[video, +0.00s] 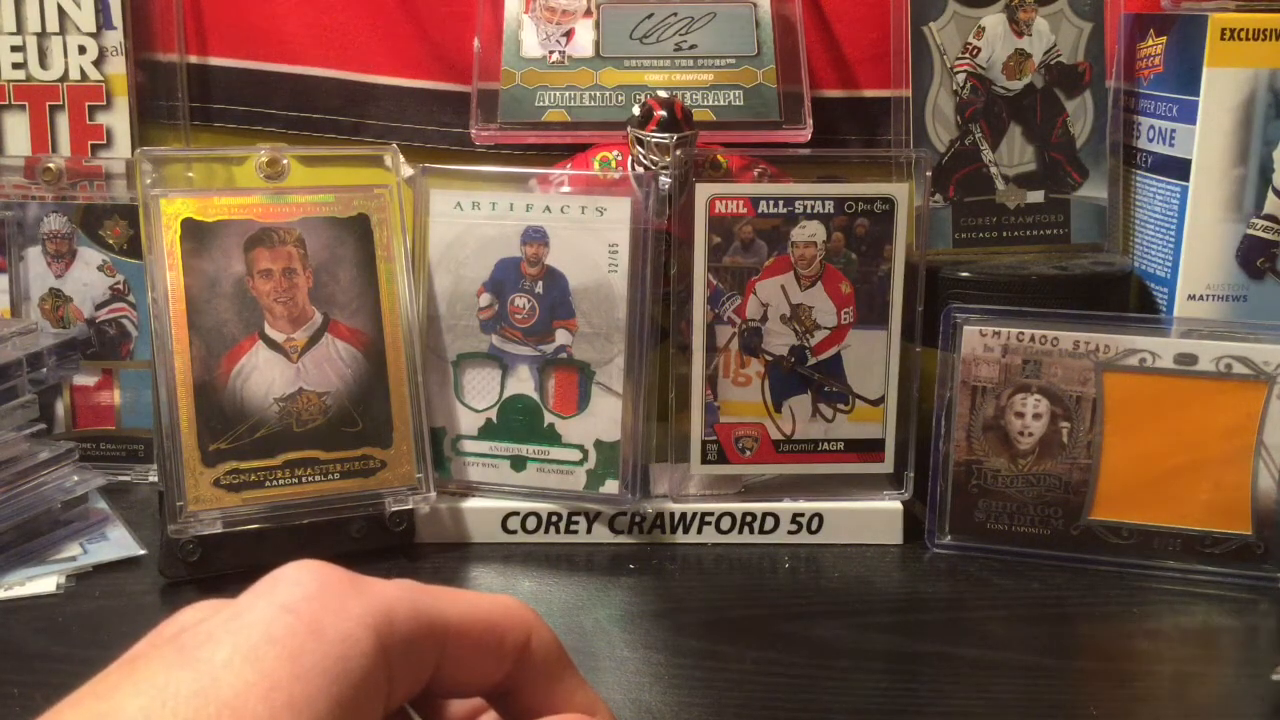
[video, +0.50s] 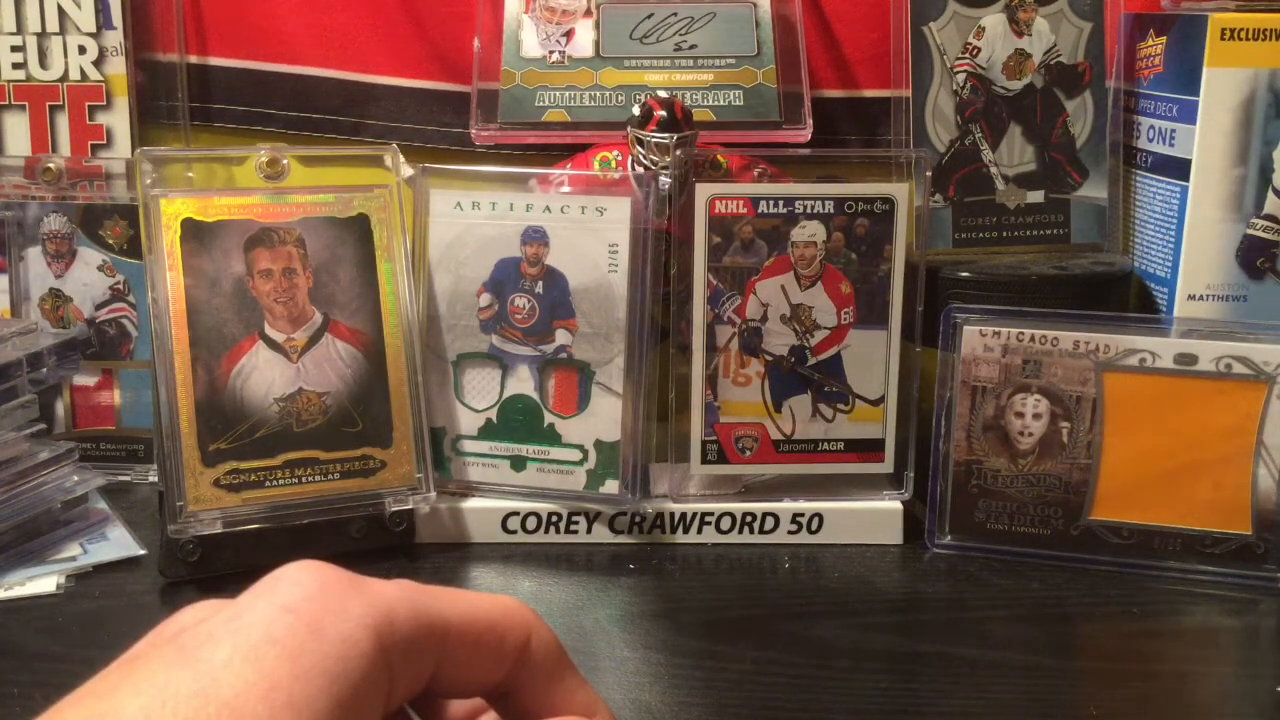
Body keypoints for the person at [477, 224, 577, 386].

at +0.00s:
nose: (534, 251)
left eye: (540, 247)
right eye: (530, 246)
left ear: (546, 250)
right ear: (522, 248)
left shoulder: (557, 280)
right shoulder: (504, 268)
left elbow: (565, 321)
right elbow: (487, 293)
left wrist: (562, 350)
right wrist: (487, 317)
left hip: (542, 353)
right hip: (503, 349)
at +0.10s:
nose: (534, 251)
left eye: (540, 246)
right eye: (530, 246)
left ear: (546, 250)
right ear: (522, 248)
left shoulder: (557, 280)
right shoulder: (504, 268)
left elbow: (565, 320)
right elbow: (487, 293)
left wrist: (562, 350)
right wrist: (487, 316)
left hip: (542, 354)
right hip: (503, 350)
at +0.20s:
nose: (534, 251)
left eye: (540, 247)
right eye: (530, 246)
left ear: (546, 250)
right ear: (522, 248)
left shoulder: (557, 280)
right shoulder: (504, 268)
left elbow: (565, 321)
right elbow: (487, 293)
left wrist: (562, 350)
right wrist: (487, 318)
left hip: (542, 353)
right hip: (503, 349)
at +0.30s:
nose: (534, 251)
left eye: (540, 247)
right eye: (530, 246)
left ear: (546, 250)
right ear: (522, 248)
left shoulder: (557, 280)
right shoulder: (504, 268)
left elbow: (565, 321)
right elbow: (487, 293)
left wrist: (562, 350)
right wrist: (487, 317)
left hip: (542, 353)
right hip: (503, 349)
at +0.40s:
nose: (534, 251)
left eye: (540, 247)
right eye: (530, 246)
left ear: (546, 250)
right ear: (522, 248)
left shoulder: (557, 280)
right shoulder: (504, 268)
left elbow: (565, 320)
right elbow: (487, 293)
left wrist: (562, 349)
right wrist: (487, 318)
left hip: (542, 353)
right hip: (503, 349)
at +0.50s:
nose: (535, 251)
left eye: (540, 247)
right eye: (530, 246)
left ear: (546, 250)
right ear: (522, 248)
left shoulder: (557, 280)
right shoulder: (504, 268)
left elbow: (565, 321)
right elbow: (486, 293)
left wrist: (562, 351)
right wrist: (487, 319)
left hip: (542, 352)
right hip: (503, 348)